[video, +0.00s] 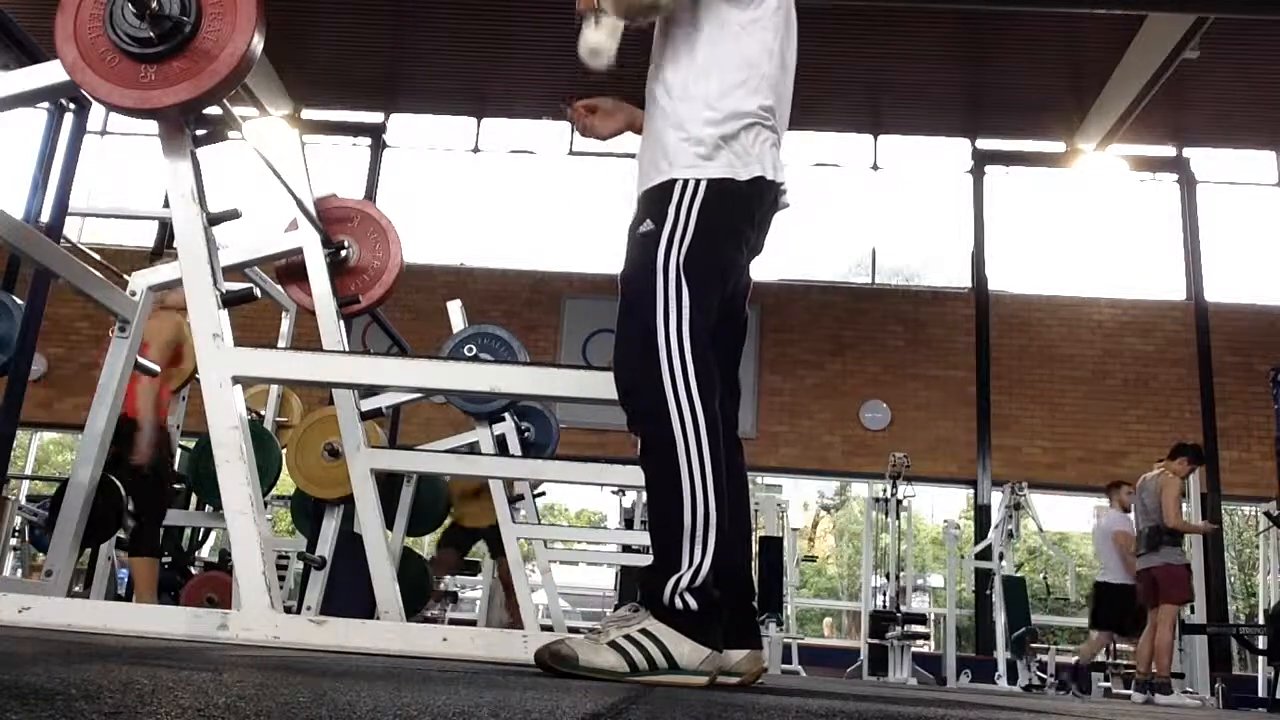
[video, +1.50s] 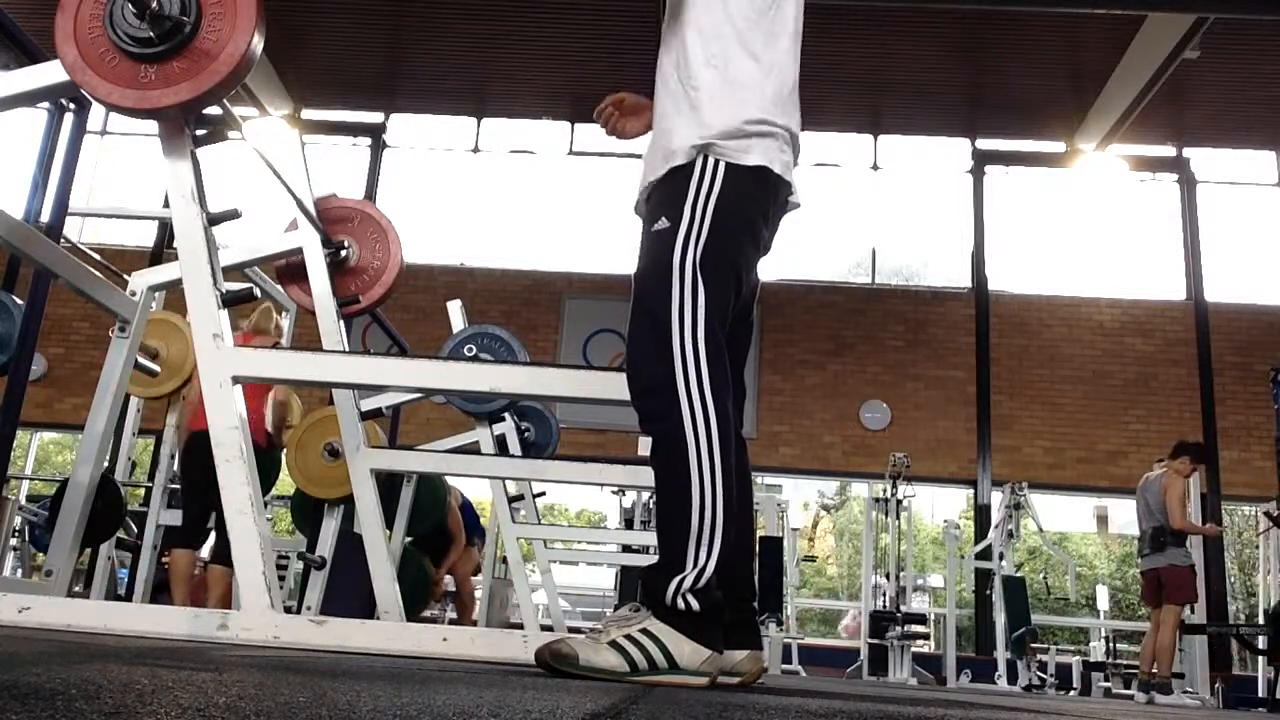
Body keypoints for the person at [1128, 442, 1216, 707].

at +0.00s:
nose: (1188, 476)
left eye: (1191, 472)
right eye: (1190, 471)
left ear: (1174, 459)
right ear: (1182, 462)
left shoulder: (1143, 480)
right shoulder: (1170, 480)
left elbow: (1141, 524)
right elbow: (1172, 521)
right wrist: (1200, 527)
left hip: (1146, 563)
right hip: (1168, 562)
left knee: (1152, 624)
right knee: (1166, 624)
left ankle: (1140, 685)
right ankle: (1163, 687)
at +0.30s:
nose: (1192, 476)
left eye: (1194, 472)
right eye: (1194, 471)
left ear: (1178, 459)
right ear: (1186, 462)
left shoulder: (1147, 479)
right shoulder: (1175, 480)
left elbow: (1143, 522)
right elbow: (1176, 522)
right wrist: (1204, 529)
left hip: (1148, 561)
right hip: (1171, 560)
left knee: (1155, 625)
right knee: (1167, 625)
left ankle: (1143, 685)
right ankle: (1163, 688)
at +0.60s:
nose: (1193, 475)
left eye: (1196, 472)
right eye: (1195, 470)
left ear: (1178, 459)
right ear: (1188, 462)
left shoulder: (1148, 480)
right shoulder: (1176, 479)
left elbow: (1149, 523)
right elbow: (1178, 522)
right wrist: (1208, 528)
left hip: (1148, 561)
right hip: (1173, 561)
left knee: (1156, 624)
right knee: (1168, 625)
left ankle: (1143, 685)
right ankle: (1163, 688)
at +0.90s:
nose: (1194, 476)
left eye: (1197, 472)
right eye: (1196, 471)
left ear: (1180, 459)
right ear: (1188, 462)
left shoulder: (1148, 480)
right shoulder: (1177, 480)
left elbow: (1148, 524)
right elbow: (1179, 522)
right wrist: (1206, 529)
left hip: (1149, 562)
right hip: (1173, 561)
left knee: (1155, 625)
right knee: (1168, 625)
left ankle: (1143, 684)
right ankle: (1163, 687)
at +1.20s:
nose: (1193, 476)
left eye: (1196, 472)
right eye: (1195, 471)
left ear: (1179, 459)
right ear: (1187, 462)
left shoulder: (1147, 480)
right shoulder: (1175, 480)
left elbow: (1148, 524)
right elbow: (1178, 522)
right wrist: (1205, 528)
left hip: (1149, 563)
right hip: (1174, 562)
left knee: (1155, 625)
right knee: (1169, 625)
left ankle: (1143, 685)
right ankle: (1164, 688)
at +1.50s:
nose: (1192, 475)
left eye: (1195, 471)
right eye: (1194, 470)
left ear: (1175, 458)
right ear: (1185, 461)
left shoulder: (1145, 480)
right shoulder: (1174, 480)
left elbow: (1146, 524)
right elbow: (1177, 523)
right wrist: (1206, 530)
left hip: (1149, 563)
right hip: (1173, 562)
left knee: (1155, 625)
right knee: (1169, 625)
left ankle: (1143, 685)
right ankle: (1164, 688)